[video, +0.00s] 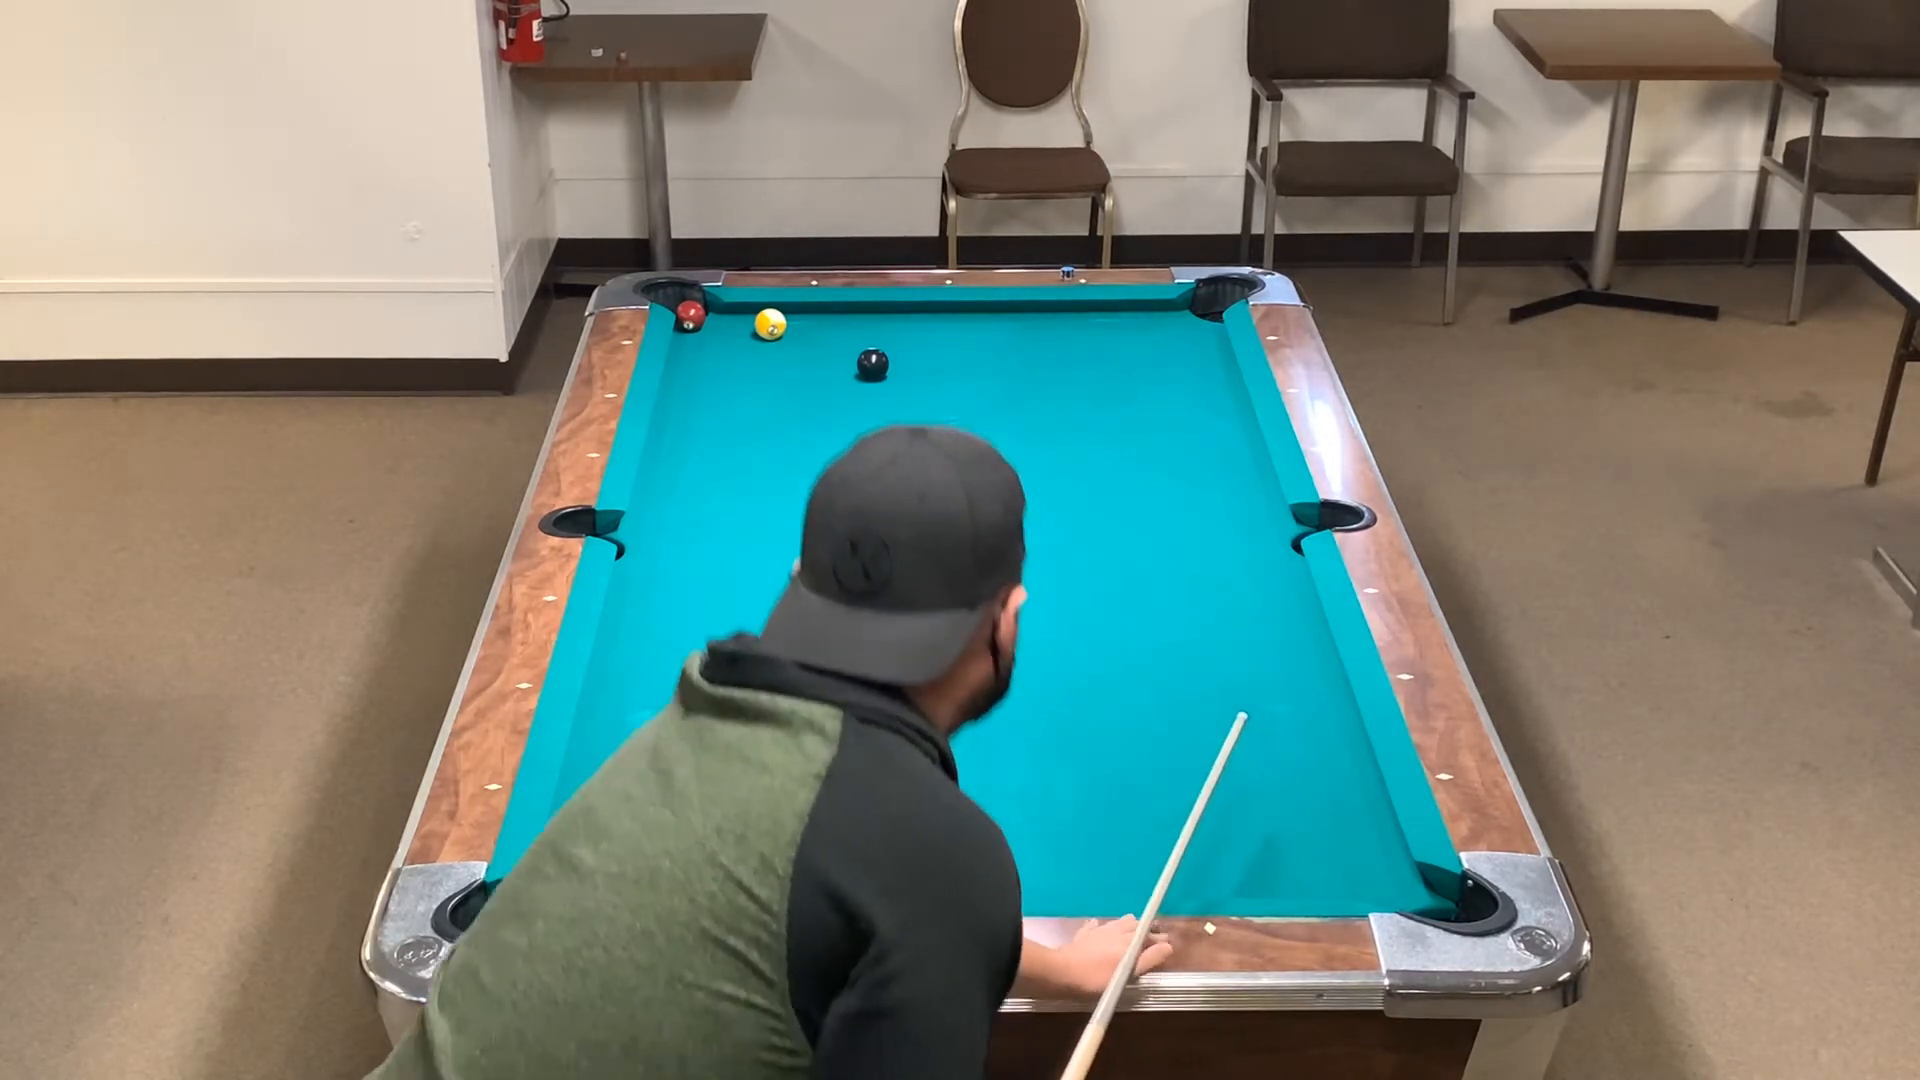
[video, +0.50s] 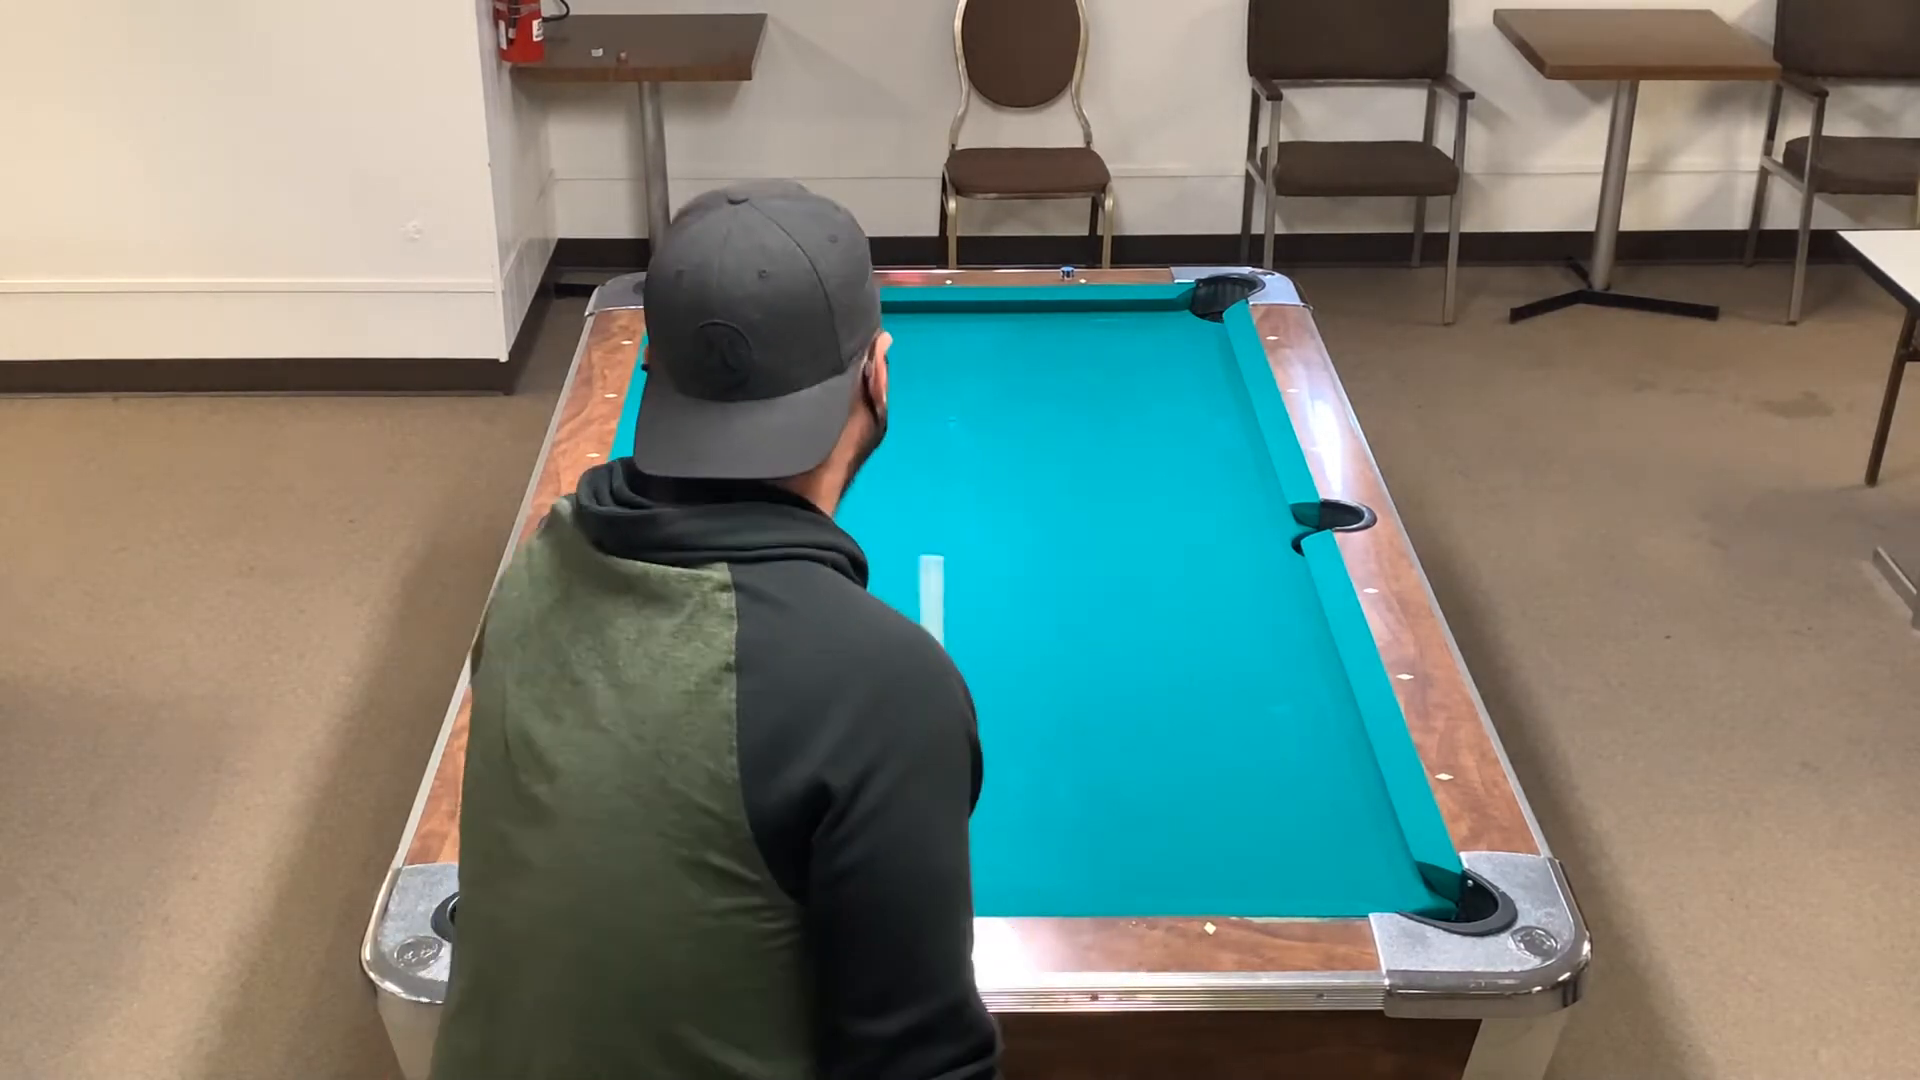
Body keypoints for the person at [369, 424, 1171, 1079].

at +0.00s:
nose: (1019, 613)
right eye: (1023, 592)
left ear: (806, 578)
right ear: (1003, 620)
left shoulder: (709, 709)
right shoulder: (942, 862)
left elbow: (800, 892)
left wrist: (1040, 955)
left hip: (430, 1048)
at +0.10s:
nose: (991, 552)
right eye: (991, 531)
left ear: (779, 519)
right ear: (974, 557)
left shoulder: (675, 670)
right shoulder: (926, 807)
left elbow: (773, 886)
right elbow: (885, 1068)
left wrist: (1026, 954)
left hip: (417, 1053)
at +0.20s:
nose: (962, 483)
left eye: (953, 458)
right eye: (959, 463)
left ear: (752, 461)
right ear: (942, 491)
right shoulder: (900, 755)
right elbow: (870, 1061)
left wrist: (1016, 952)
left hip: (425, 1047)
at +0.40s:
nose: (900, 388)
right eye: (896, 373)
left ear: (677, 387)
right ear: (884, 403)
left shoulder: (566, 579)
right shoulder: (869, 696)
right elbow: (885, 1056)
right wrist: (978, 1055)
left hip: (457, 1050)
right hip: (704, 1064)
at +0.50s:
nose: (887, 354)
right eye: (882, 341)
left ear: (660, 363)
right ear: (874, 377)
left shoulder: (531, 578)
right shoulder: (879, 684)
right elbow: (916, 1051)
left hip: (482, 1056)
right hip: (741, 1062)